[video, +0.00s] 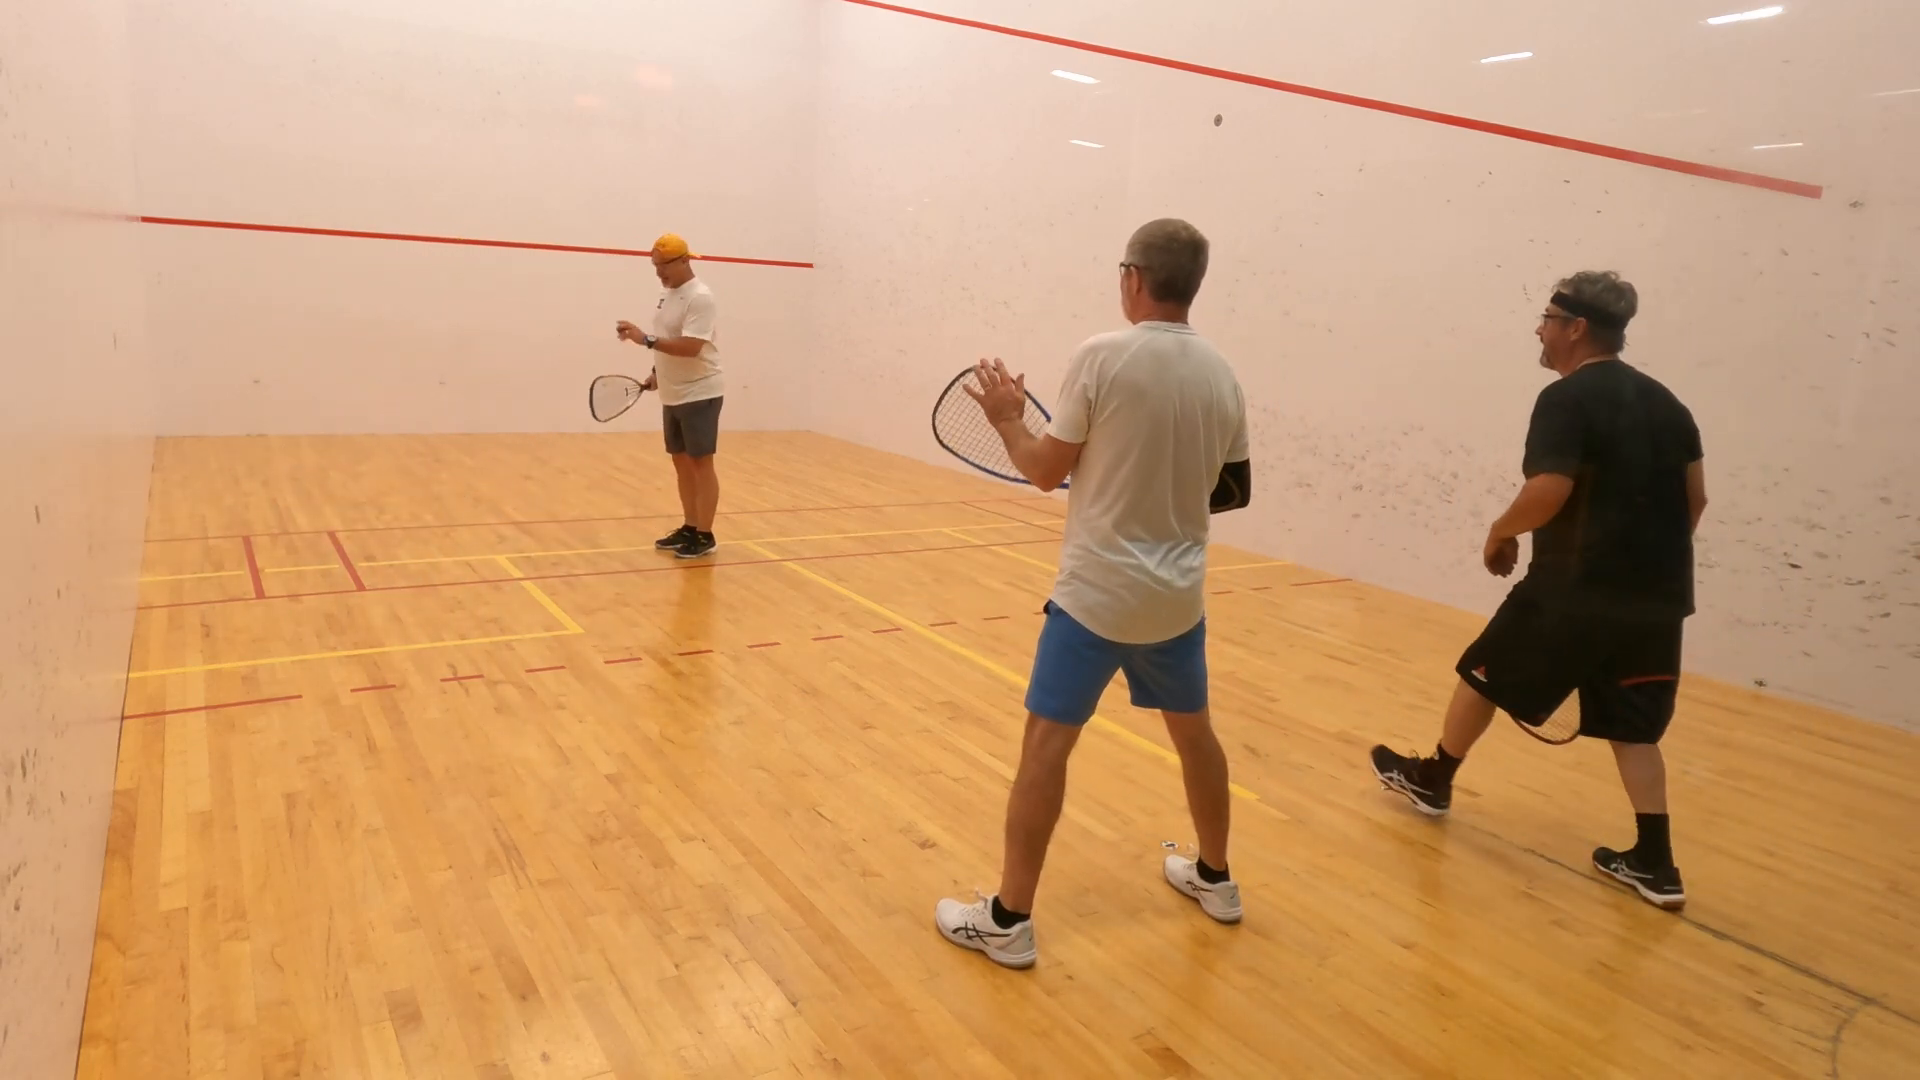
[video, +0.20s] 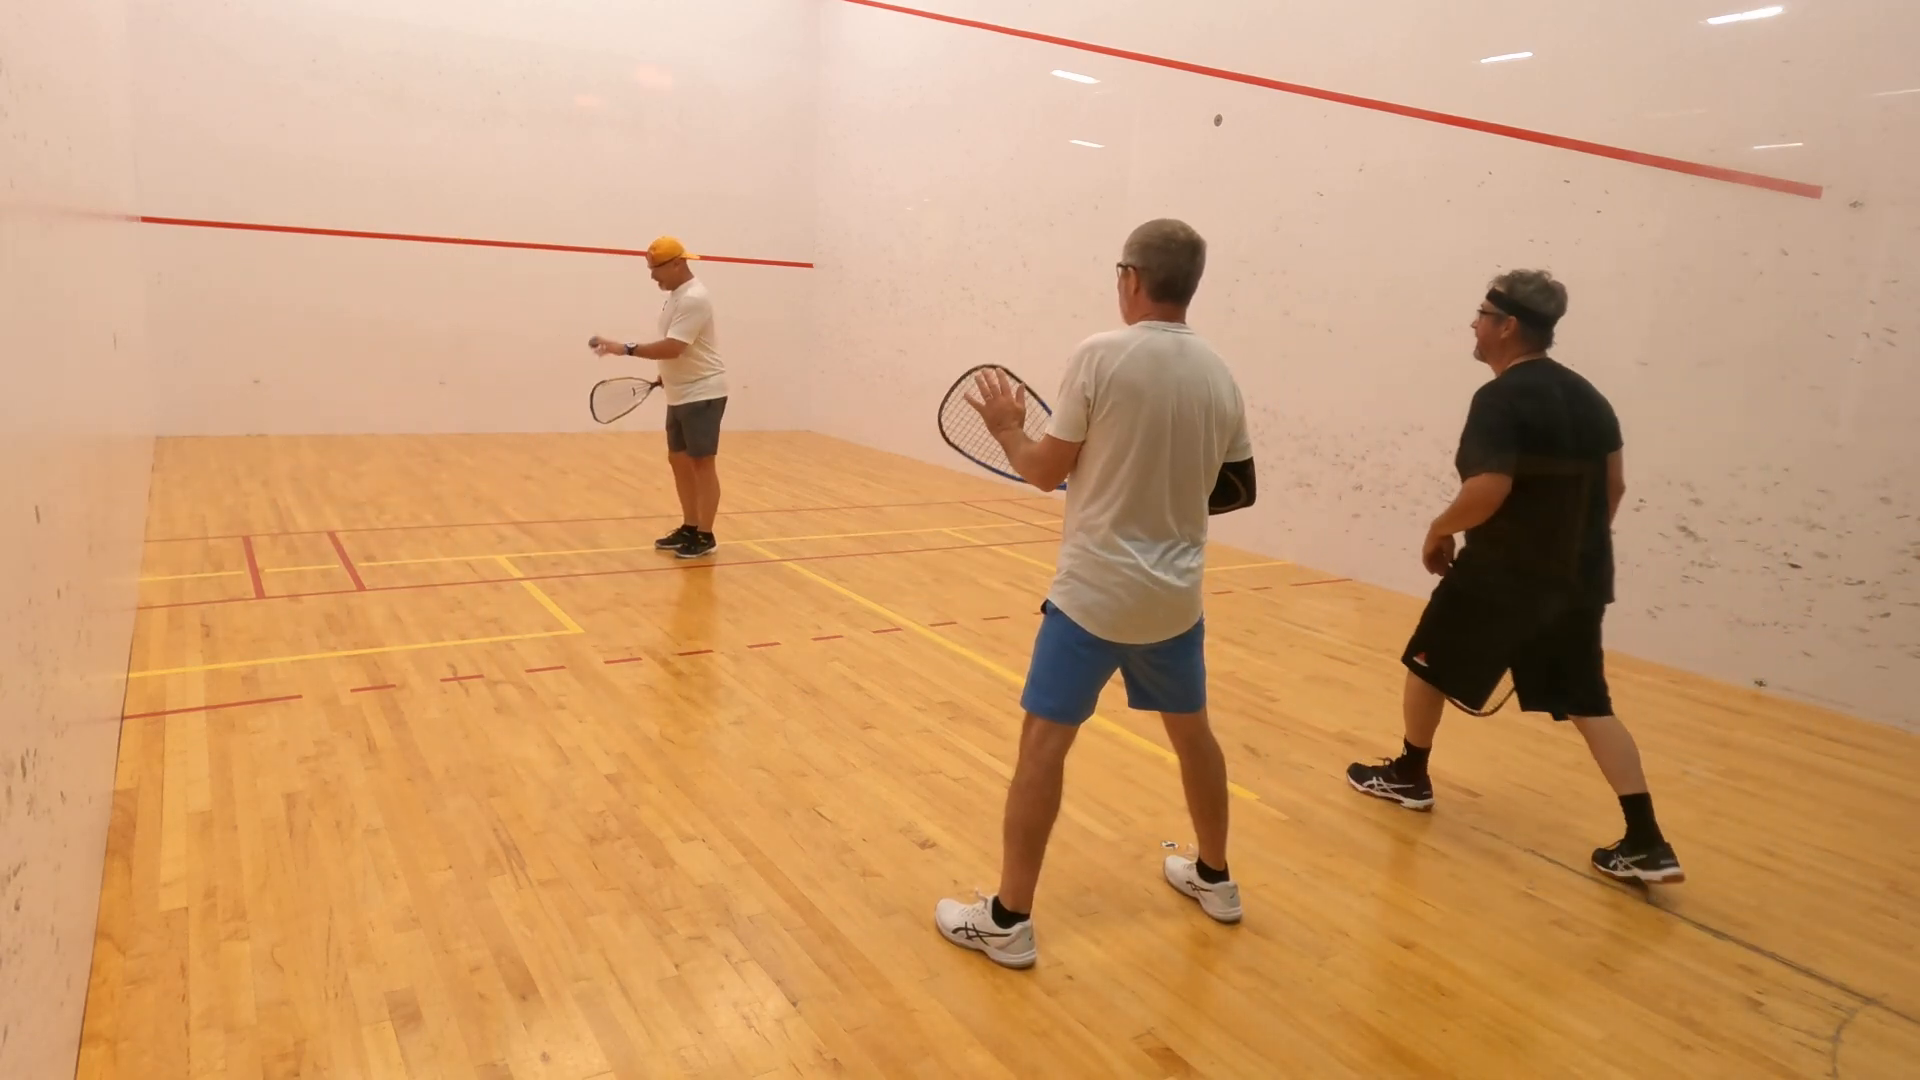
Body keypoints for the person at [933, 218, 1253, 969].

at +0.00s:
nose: (1119, 286)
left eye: (1122, 275)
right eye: (1126, 274)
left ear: (1134, 281)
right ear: (1194, 287)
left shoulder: (1104, 358)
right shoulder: (1219, 373)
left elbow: (1047, 470)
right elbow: (1231, 489)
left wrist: (1007, 417)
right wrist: (1144, 479)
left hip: (1095, 595)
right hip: (1179, 598)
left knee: (1046, 749)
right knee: (1195, 731)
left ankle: (1009, 917)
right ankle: (1216, 877)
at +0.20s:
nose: (1118, 287)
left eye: (1120, 276)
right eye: (1123, 275)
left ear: (1131, 281)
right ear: (1192, 287)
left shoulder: (1102, 357)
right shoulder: (1217, 373)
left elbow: (1047, 470)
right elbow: (1238, 488)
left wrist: (1007, 428)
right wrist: (1152, 494)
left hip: (1093, 594)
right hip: (1177, 598)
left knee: (1043, 745)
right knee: (1192, 729)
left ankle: (1009, 917)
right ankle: (1215, 877)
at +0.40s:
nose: (1125, 289)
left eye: (1129, 278)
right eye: (1131, 277)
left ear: (1142, 284)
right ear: (1199, 292)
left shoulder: (1108, 359)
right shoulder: (1225, 378)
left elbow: (1051, 476)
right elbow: (1245, 495)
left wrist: (1018, 456)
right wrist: (1167, 510)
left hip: (1097, 595)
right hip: (1181, 600)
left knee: (1043, 746)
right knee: (1189, 730)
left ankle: (1008, 917)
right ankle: (1215, 876)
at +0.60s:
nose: (1154, 298)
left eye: (1158, 287)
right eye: (1160, 286)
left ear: (1174, 295)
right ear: (1229, 304)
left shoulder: (1142, 369)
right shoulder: (1259, 390)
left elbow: (1101, 482)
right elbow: (1279, 498)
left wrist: (1062, 510)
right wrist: (1200, 518)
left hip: (1131, 600)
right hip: (1210, 606)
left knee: (1056, 737)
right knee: (1191, 721)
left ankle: (1009, 911)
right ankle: (1210, 873)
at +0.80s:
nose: (1195, 293)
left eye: (1199, 282)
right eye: (1201, 281)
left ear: (1215, 290)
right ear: (1268, 300)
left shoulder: (1193, 362)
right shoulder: (1287, 376)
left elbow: (1167, 483)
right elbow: (1294, 478)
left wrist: (1123, 521)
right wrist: (1158, 511)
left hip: (1189, 593)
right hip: (1257, 594)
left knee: (1110, 735)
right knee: (1208, 718)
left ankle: (1094, 921)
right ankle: (1210, 876)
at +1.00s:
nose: (1238, 289)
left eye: (1244, 279)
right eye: (1243, 277)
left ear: (1260, 290)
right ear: (1316, 299)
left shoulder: (1236, 365)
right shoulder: (1331, 376)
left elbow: (1205, 489)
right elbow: (1314, 497)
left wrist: (1153, 522)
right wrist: (1185, 527)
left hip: (1225, 604)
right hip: (1286, 603)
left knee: (1172, 761)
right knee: (1226, 733)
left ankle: (1270, 939)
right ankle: (1212, 870)